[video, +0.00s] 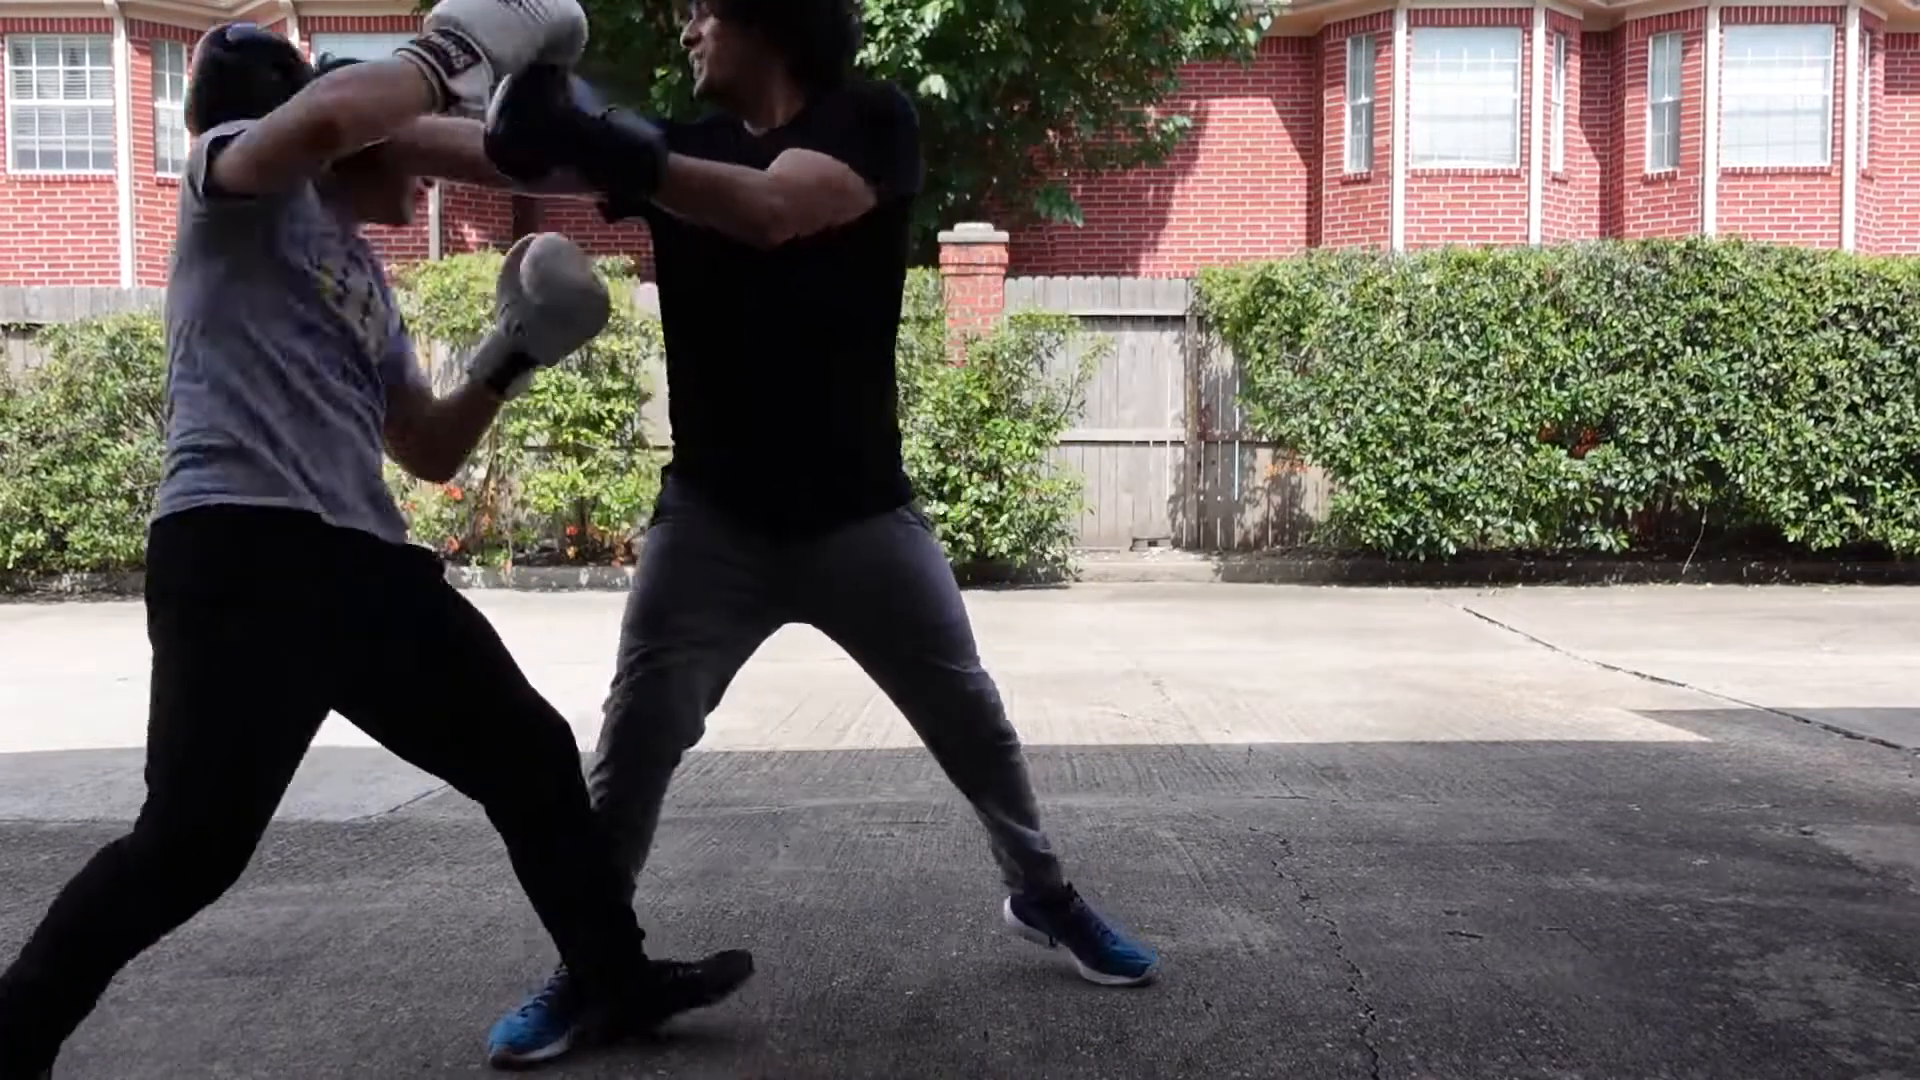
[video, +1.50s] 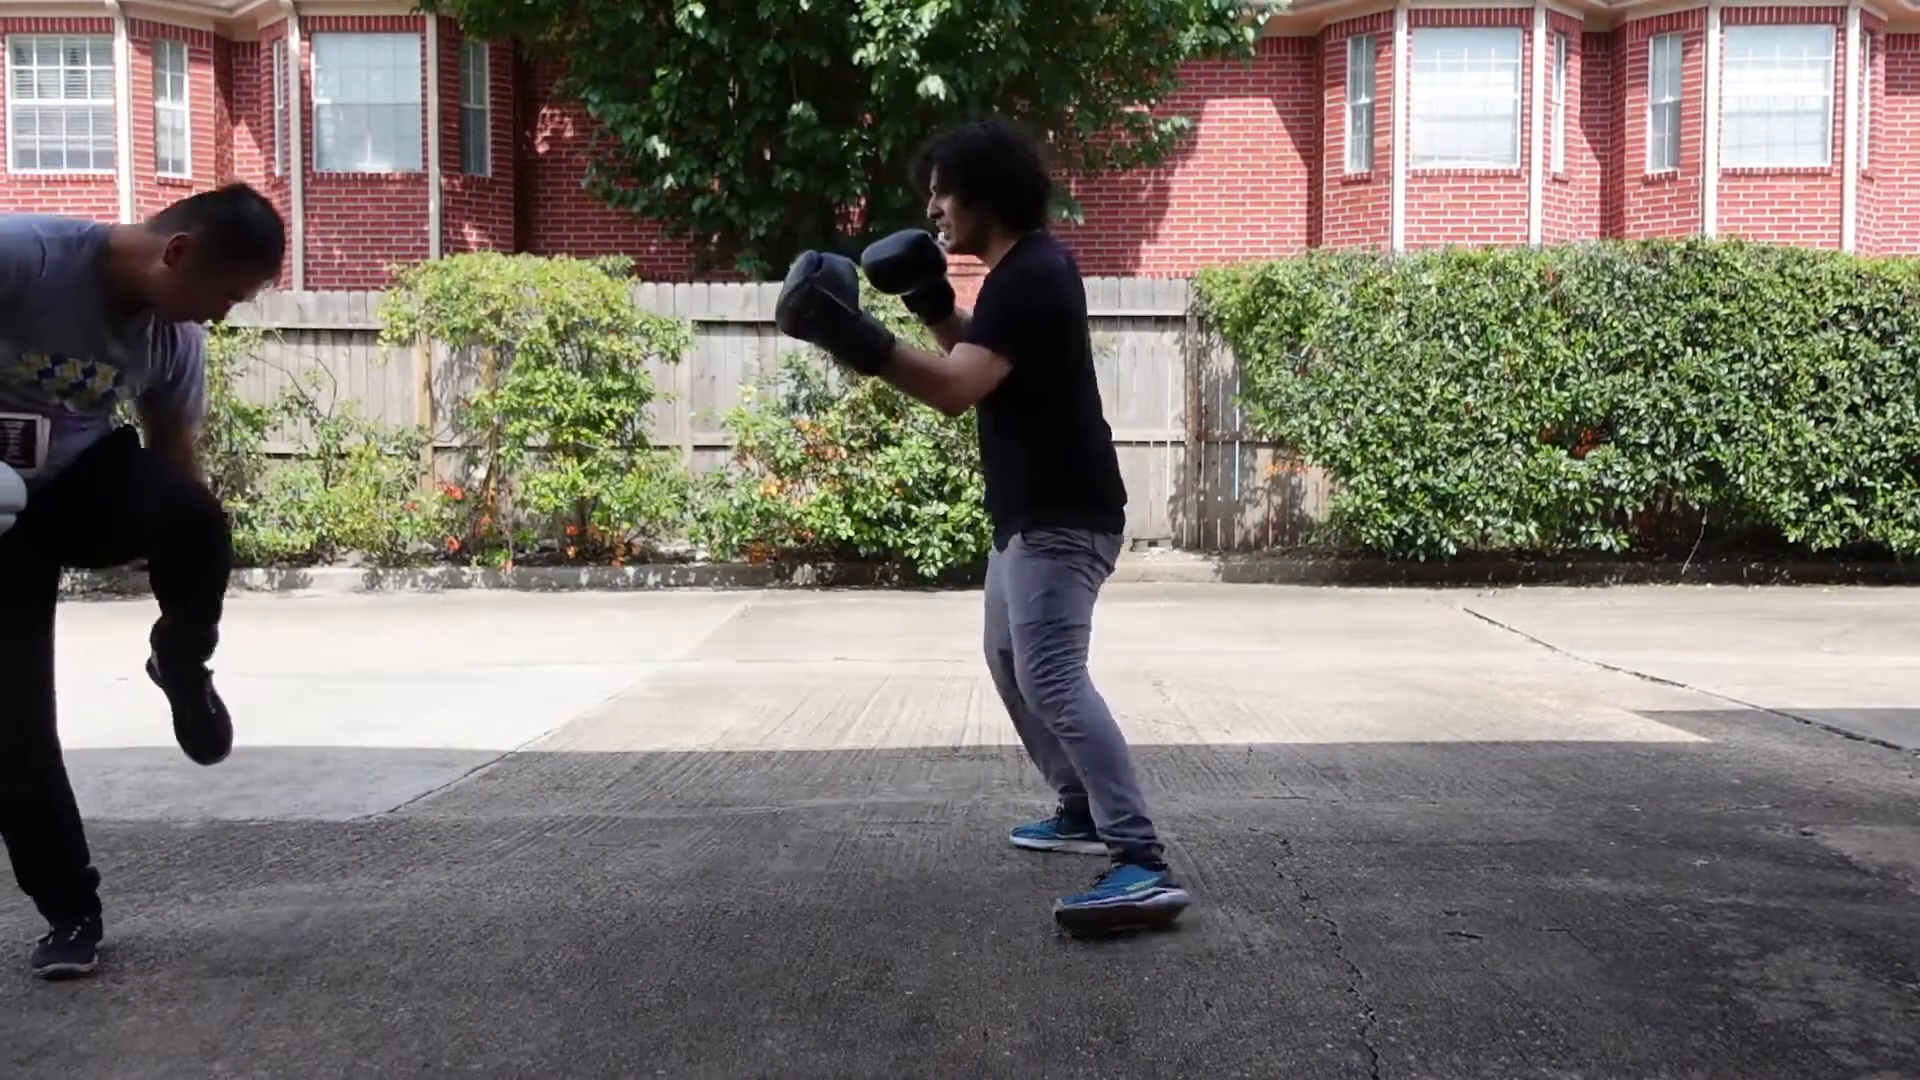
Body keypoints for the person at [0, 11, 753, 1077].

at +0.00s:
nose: (417, 166)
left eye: (421, 147)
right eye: (398, 144)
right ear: (332, 130)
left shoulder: (362, 289)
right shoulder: (235, 185)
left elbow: (431, 449)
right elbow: (331, 116)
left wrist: (508, 352)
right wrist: (453, 58)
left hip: (363, 558)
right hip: (235, 545)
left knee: (529, 758)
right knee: (191, 848)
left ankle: (616, 980)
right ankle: (18, 1034)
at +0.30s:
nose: (237, 24)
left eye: (236, 7)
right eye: (215, 4)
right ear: (134, 10)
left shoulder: (233, 138)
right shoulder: (33, 112)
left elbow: (317, 267)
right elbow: (110, 277)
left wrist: (430, 206)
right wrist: (282, 227)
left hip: (205, 462)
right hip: (51, 478)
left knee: (370, 636)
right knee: (16, 756)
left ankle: (357, 875)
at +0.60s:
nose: (184, 135)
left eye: (203, 113)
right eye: (172, 108)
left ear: (218, 101)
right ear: (104, 68)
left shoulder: (205, 195)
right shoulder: (9, 174)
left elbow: (266, 331)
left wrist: (350, 312)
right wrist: (7, 345)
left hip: (185, 493)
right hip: (35, 502)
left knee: (257, 710)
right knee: (2, 741)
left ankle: (256, 918)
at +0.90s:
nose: (154, 199)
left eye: (168, 181)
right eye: (142, 175)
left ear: (178, 170)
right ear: (82, 133)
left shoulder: (160, 239)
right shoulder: (8, 218)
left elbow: (206, 373)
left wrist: (168, 421)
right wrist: (16, 402)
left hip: (151, 515)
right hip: (25, 528)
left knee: (235, 685)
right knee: (35, 733)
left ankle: (243, 915)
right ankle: (61, 922)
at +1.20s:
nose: (149, 225)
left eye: (166, 211)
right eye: (139, 203)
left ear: (185, 194)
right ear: (89, 155)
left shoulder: (159, 236)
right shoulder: (10, 213)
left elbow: (212, 336)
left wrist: (200, 359)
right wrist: (10, 411)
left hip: (135, 496)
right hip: (22, 508)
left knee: (215, 681)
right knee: (30, 725)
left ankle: (240, 877)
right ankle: (58, 916)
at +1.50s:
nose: (224, 313)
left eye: (236, 301)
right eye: (226, 294)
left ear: (179, 254)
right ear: (179, 252)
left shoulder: (174, 345)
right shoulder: (24, 257)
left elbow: (180, 477)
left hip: (84, 485)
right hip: (4, 507)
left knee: (196, 518)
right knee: (16, 730)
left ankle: (182, 659)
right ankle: (70, 915)